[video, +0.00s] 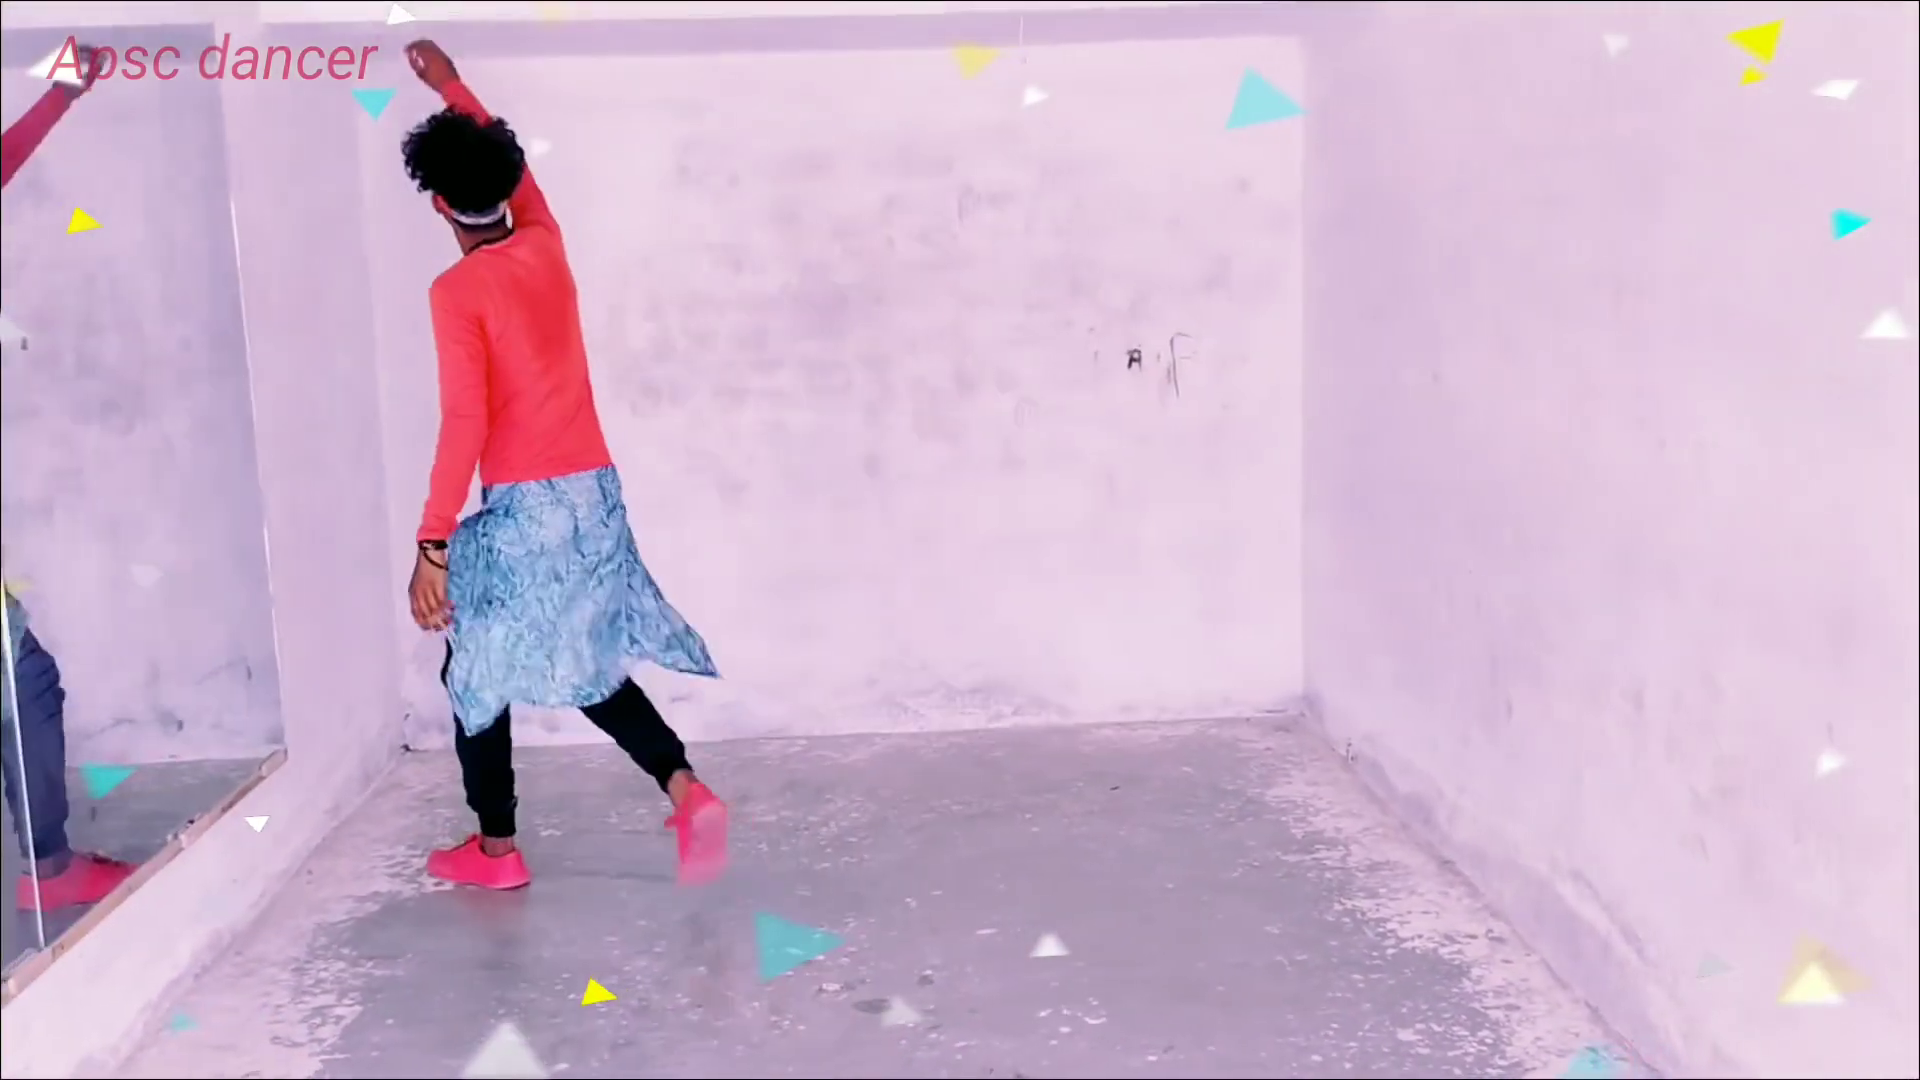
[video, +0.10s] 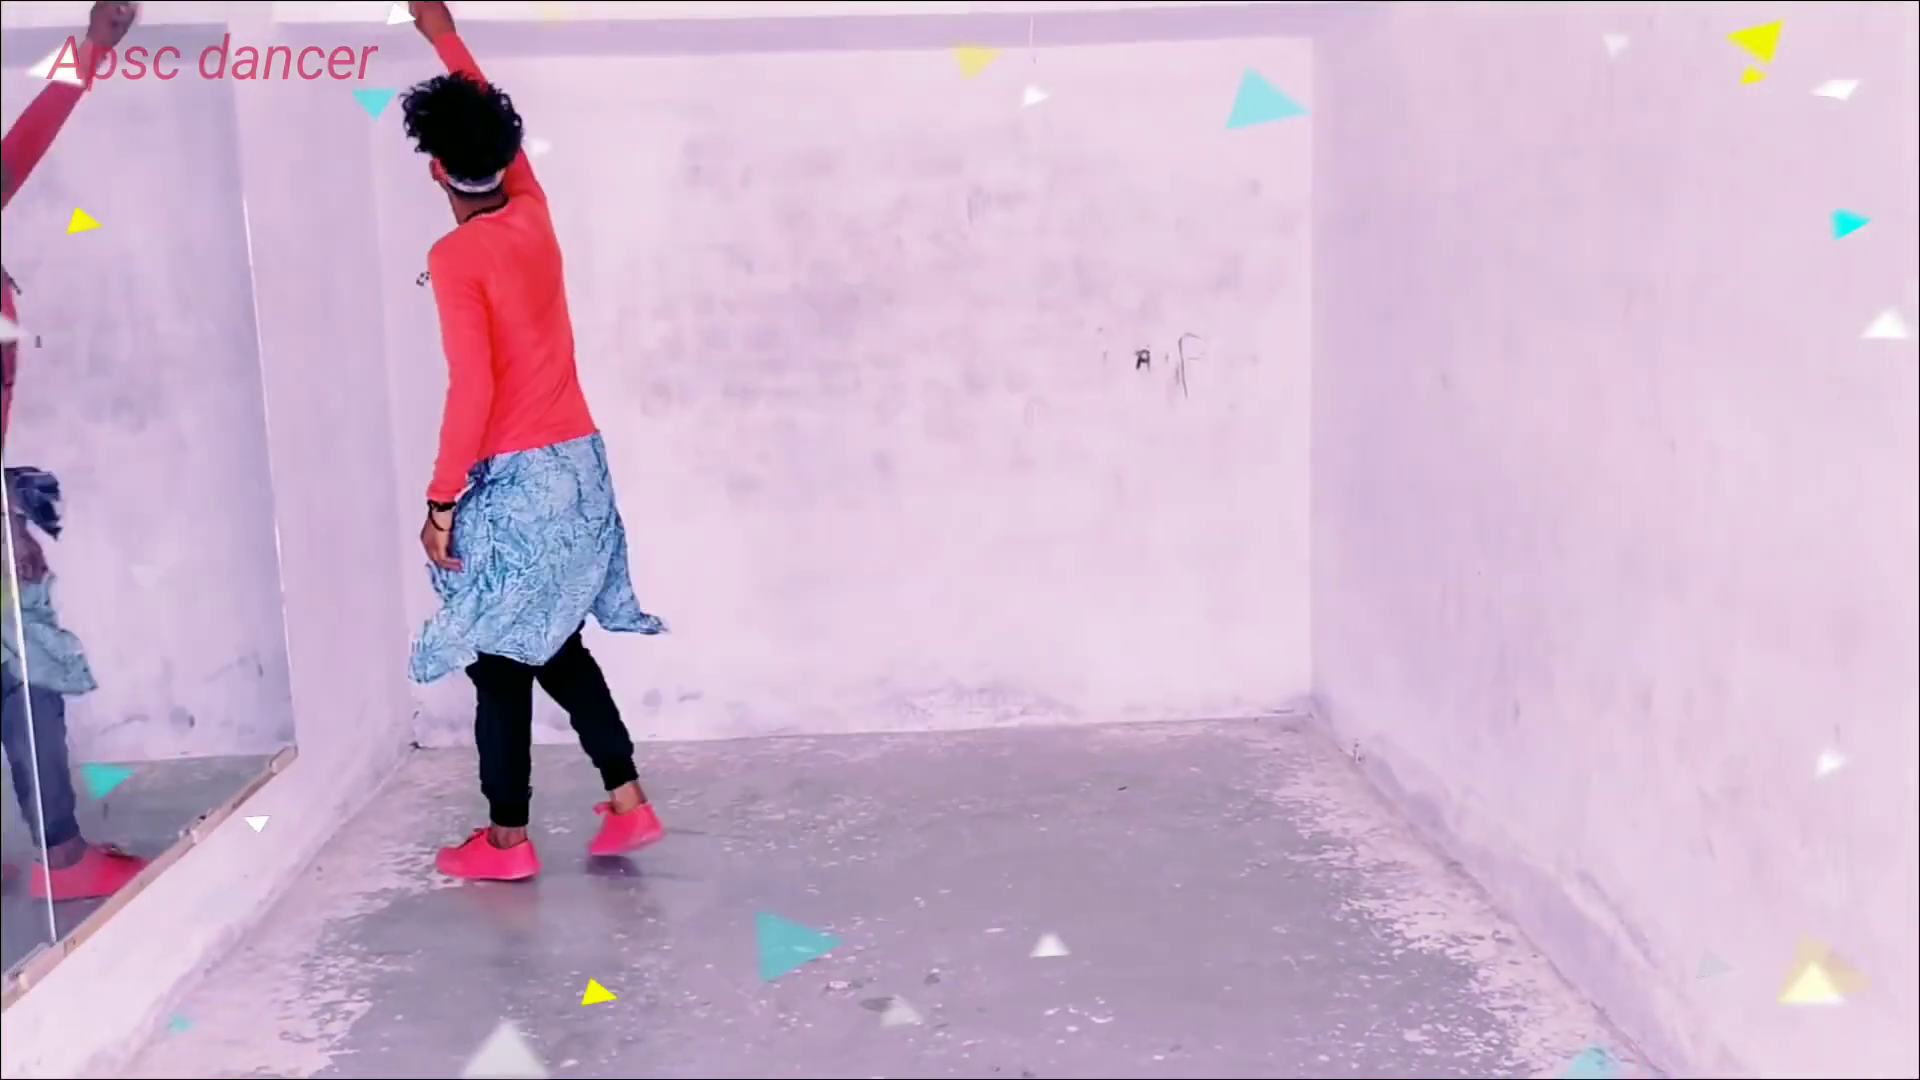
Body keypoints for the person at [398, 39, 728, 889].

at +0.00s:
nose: (427, 205)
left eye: (430, 194)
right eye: (433, 192)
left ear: (442, 204)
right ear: (511, 189)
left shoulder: (460, 291)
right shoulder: (547, 248)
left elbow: (465, 423)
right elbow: (510, 164)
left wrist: (433, 544)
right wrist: (452, 88)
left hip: (518, 511)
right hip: (592, 496)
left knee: (471, 671)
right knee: (585, 661)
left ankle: (497, 847)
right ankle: (689, 792)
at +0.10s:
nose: (426, 165)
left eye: (427, 155)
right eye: (438, 149)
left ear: (437, 170)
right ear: (504, 151)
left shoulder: (458, 255)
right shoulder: (530, 209)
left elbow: (473, 384)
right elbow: (494, 119)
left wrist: (442, 498)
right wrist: (439, 32)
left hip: (511, 480)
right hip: (576, 465)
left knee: (497, 661)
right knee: (556, 646)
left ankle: (508, 838)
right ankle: (630, 802)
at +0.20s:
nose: (434, 159)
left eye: (437, 149)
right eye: (439, 145)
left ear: (446, 162)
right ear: (508, 148)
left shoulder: (471, 249)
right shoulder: (527, 204)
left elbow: (492, 379)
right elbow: (483, 88)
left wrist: (450, 483)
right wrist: (438, 4)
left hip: (512, 469)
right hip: (565, 455)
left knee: (499, 650)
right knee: (551, 631)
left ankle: (522, 828)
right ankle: (580, 795)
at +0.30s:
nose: (452, 167)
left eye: (452, 156)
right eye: (461, 153)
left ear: (461, 168)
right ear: (516, 156)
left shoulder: (497, 251)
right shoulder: (531, 212)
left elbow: (526, 378)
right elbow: (487, 97)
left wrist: (480, 487)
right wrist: (448, 3)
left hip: (526, 467)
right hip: (560, 455)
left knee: (492, 640)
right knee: (546, 624)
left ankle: (534, 821)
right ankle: (581, 782)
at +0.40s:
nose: (465, 164)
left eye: (470, 153)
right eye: (469, 151)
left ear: (488, 167)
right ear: (521, 162)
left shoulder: (530, 246)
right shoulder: (525, 216)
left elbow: (563, 376)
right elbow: (488, 93)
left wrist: (527, 479)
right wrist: (458, 5)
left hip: (542, 466)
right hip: (553, 457)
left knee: (506, 638)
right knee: (549, 629)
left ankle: (544, 820)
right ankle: (592, 786)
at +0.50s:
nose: (474, 162)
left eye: (487, 154)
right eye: (480, 148)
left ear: (526, 173)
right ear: (522, 168)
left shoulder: (552, 251)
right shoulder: (522, 218)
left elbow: (597, 369)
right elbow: (493, 91)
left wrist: (583, 476)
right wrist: (463, 8)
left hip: (561, 468)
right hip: (547, 459)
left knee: (537, 637)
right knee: (556, 630)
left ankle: (563, 818)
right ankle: (598, 787)